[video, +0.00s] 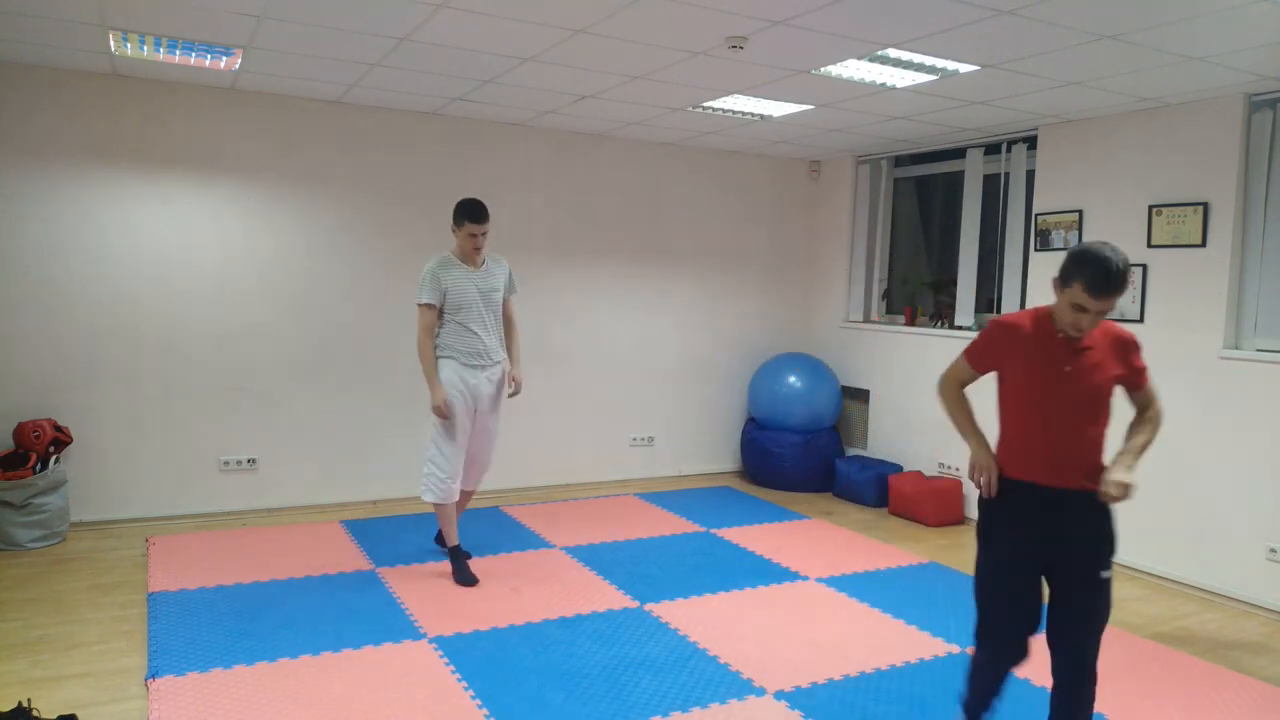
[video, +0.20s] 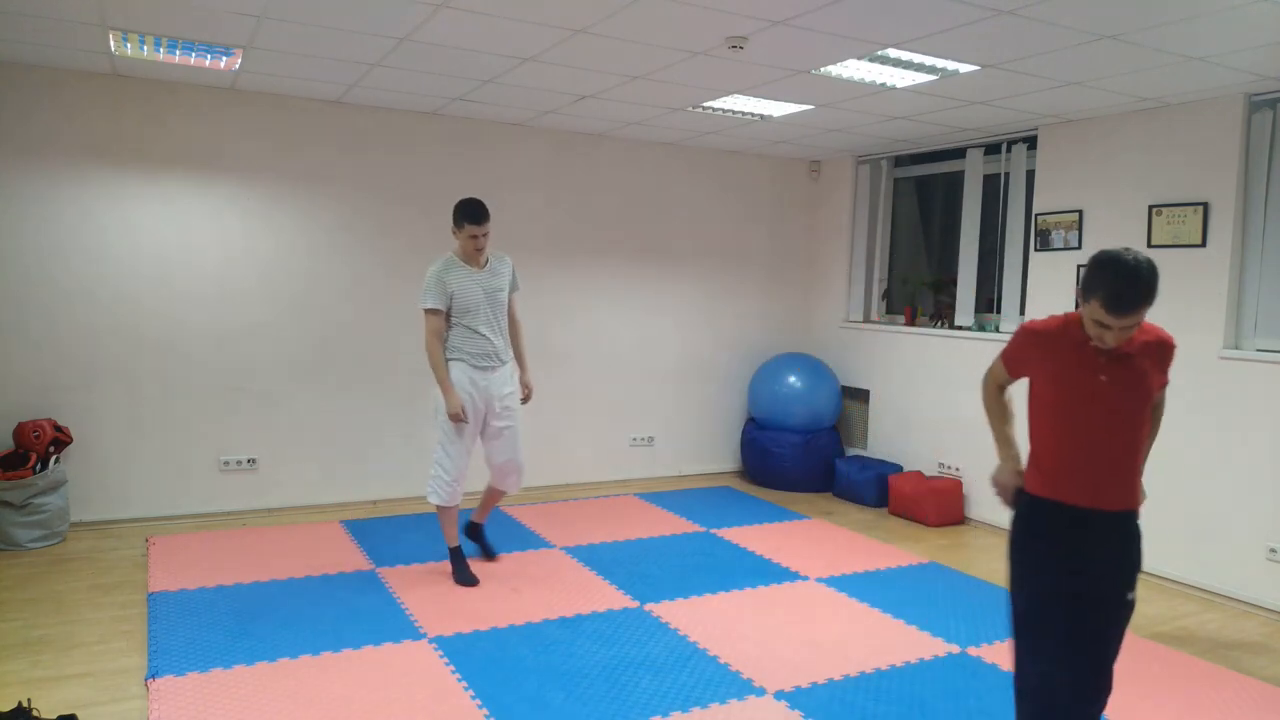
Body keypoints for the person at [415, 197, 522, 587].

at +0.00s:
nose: (479, 240)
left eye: (484, 233)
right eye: (472, 235)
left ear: (490, 230)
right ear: (455, 231)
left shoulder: (499, 268)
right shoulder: (438, 271)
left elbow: (508, 321)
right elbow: (425, 335)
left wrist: (514, 363)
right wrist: (434, 388)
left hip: (492, 375)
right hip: (454, 374)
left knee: (479, 459)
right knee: (448, 460)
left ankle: (447, 528)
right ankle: (455, 550)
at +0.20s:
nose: (481, 242)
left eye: (485, 235)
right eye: (473, 237)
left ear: (491, 229)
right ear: (455, 233)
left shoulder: (503, 266)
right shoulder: (441, 273)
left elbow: (512, 321)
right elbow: (433, 339)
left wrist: (524, 370)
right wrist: (449, 393)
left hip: (502, 378)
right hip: (462, 379)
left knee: (508, 467)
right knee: (451, 468)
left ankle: (476, 526)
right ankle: (454, 552)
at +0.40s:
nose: (497, 244)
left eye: (501, 236)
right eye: (489, 238)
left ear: (506, 231)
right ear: (471, 233)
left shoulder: (514, 265)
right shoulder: (453, 273)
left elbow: (520, 321)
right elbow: (443, 339)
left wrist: (532, 372)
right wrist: (451, 396)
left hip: (512, 378)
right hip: (470, 380)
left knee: (532, 464)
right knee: (460, 468)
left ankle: (538, 551)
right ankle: (457, 555)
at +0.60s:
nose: (521, 247)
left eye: (525, 240)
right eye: (514, 241)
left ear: (530, 236)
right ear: (495, 235)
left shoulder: (537, 271)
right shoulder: (475, 274)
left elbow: (539, 326)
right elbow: (457, 337)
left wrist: (542, 376)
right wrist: (457, 394)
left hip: (529, 382)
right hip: (486, 381)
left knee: (547, 469)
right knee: (469, 469)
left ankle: (564, 560)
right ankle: (458, 555)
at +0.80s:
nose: (554, 244)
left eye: (559, 238)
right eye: (547, 237)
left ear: (564, 237)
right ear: (530, 233)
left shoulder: (569, 277)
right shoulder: (507, 270)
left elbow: (570, 335)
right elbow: (483, 331)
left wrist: (577, 389)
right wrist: (479, 390)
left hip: (556, 385)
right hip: (511, 384)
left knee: (575, 472)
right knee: (491, 471)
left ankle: (569, 564)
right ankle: (464, 557)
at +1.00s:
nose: (586, 242)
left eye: (591, 235)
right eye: (579, 234)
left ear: (596, 234)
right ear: (562, 230)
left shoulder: (600, 277)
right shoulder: (535, 266)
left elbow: (608, 337)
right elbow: (515, 324)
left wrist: (621, 392)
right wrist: (516, 383)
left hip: (579, 382)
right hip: (538, 381)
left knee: (583, 473)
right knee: (522, 471)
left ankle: (570, 564)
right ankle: (483, 549)